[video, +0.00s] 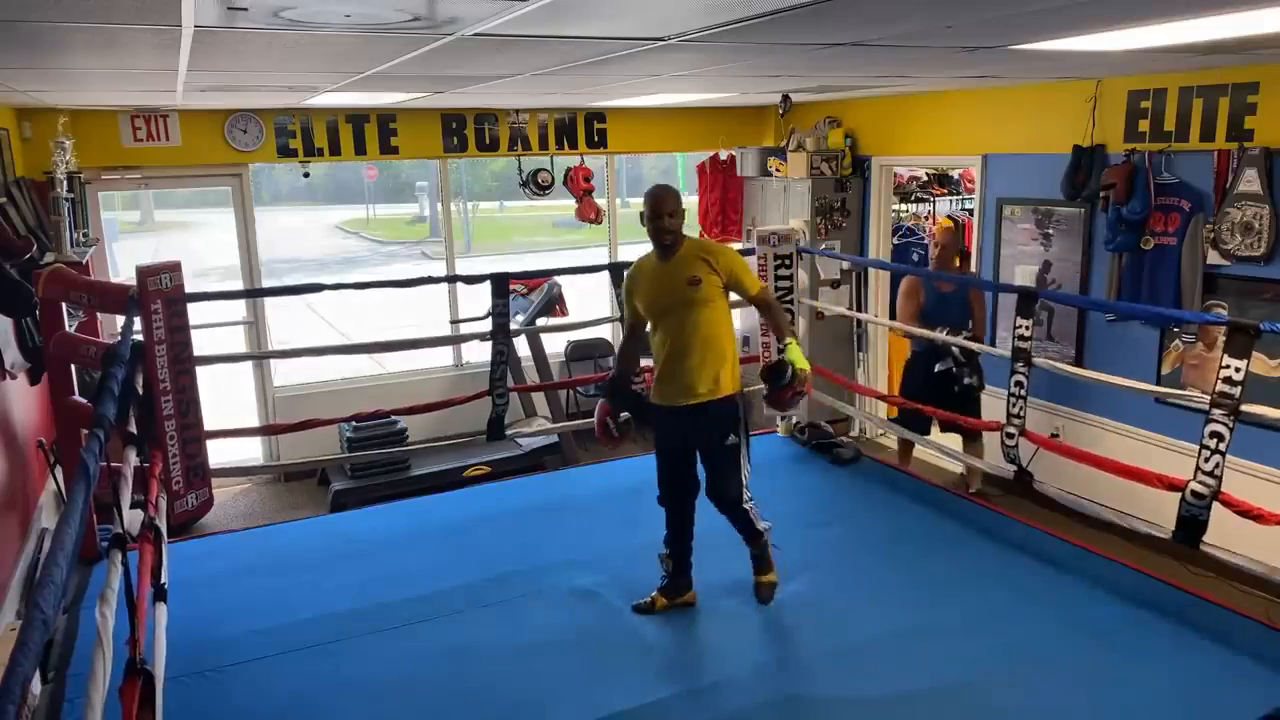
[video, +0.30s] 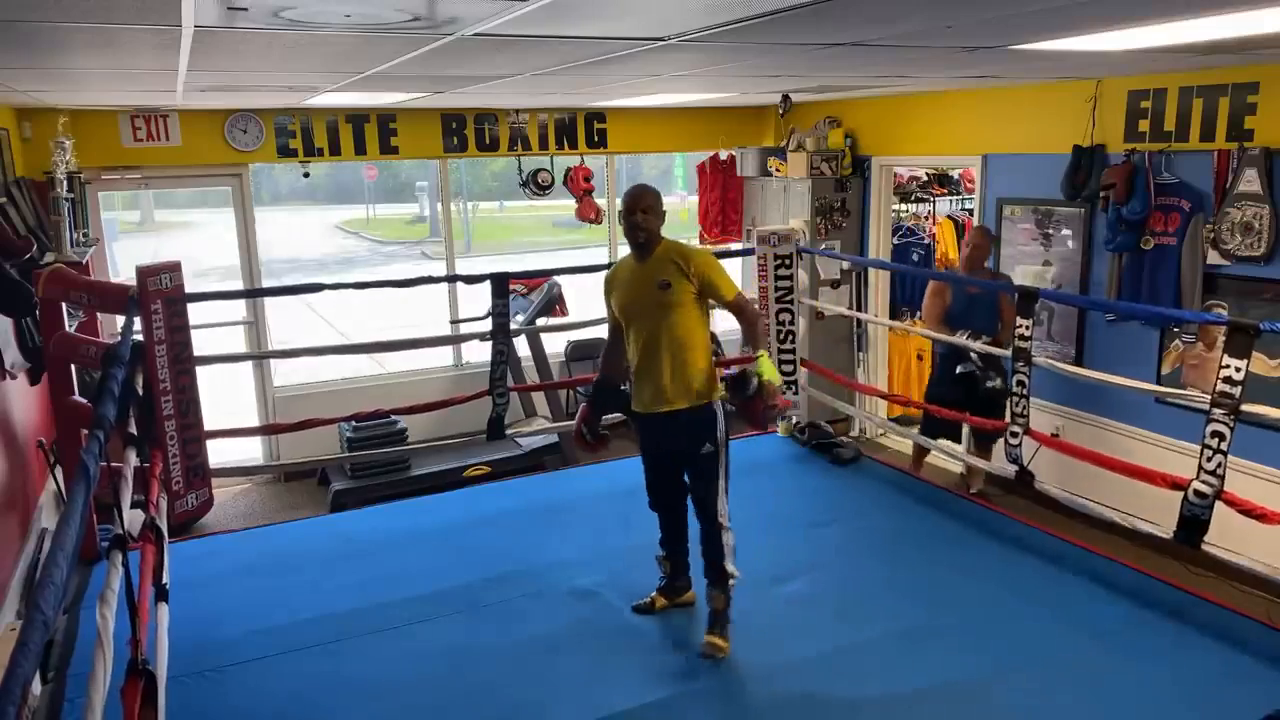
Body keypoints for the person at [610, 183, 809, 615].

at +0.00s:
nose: (665, 224)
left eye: (672, 215)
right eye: (656, 216)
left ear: (683, 216)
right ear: (643, 220)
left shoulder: (715, 256)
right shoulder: (637, 275)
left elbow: (766, 302)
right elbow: (634, 335)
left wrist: (792, 348)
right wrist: (613, 394)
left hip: (719, 396)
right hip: (670, 402)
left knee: (726, 495)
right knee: (676, 499)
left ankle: (760, 549)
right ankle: (678, 583)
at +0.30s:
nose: (637, 222)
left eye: (646, 213)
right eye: (629, 214)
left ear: (663, 216)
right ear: (621, 219)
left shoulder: (692, 261)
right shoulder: (615, 278)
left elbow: (747, 312)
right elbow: (616, 345)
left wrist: (756, 364)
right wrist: (595, 403)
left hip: (698, 404)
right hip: (650, 409)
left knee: (711, 510)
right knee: (666, 505)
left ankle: (719, 611)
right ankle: (676, 584)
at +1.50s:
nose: (618, 244)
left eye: (627, 234)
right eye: (607, 235)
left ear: (642, 239)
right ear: (589, 241)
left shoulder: (681, 300)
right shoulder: (562, 314)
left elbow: (717, 371)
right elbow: (552, 406)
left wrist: (731, 429)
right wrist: (580, 470)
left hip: (670, 475)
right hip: (598, 479)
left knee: (683, 582)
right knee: (597, 594)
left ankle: (679, 640)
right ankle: (596, 694)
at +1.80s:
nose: (658, 266)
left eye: (667, 256)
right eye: (646, 254)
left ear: (676, 258)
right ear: (619, 256)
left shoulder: (697, 315)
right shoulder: (577, 332)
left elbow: (717, 384)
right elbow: (548, 432)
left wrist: (760, 448)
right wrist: (547, 521)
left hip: (682, 498)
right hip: (605, 509)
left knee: (703, 618)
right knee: (597, 620)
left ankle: (706, 710)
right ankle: (595, 697)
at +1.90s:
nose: (674, 274)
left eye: (684, 262)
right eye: (663, 261)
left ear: (694, 263)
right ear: (637, 260)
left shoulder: (709, 324)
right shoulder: (588, 335)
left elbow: (719, 394)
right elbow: (557, 432)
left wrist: (746, 458)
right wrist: (548, 526)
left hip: (689, 510)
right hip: (609, 519)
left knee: (702, 639)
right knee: (598, 629)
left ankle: (707, 715)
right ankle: (596, 699)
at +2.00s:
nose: (703, 275)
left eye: (713, 263)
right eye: (691, 261)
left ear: (723, 267)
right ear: (665, 257)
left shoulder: (731, 334)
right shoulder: (608, 333)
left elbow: (730, 414)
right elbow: (567, 430)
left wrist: (741, 484)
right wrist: (556, 524)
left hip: (703, 523)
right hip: (623, 528)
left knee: (721, 654)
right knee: (603, 638)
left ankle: (716, 719)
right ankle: (595, 702)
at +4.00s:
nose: (901, 358)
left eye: (925, 338)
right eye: (880, 336)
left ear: (956, 317)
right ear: (849, 310)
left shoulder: (1017, 414)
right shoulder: (788, 428)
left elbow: (1052, 544)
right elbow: (755, 544)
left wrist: (1088, 675)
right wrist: (726, 591)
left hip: (1005, 697)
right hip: (867, 703)